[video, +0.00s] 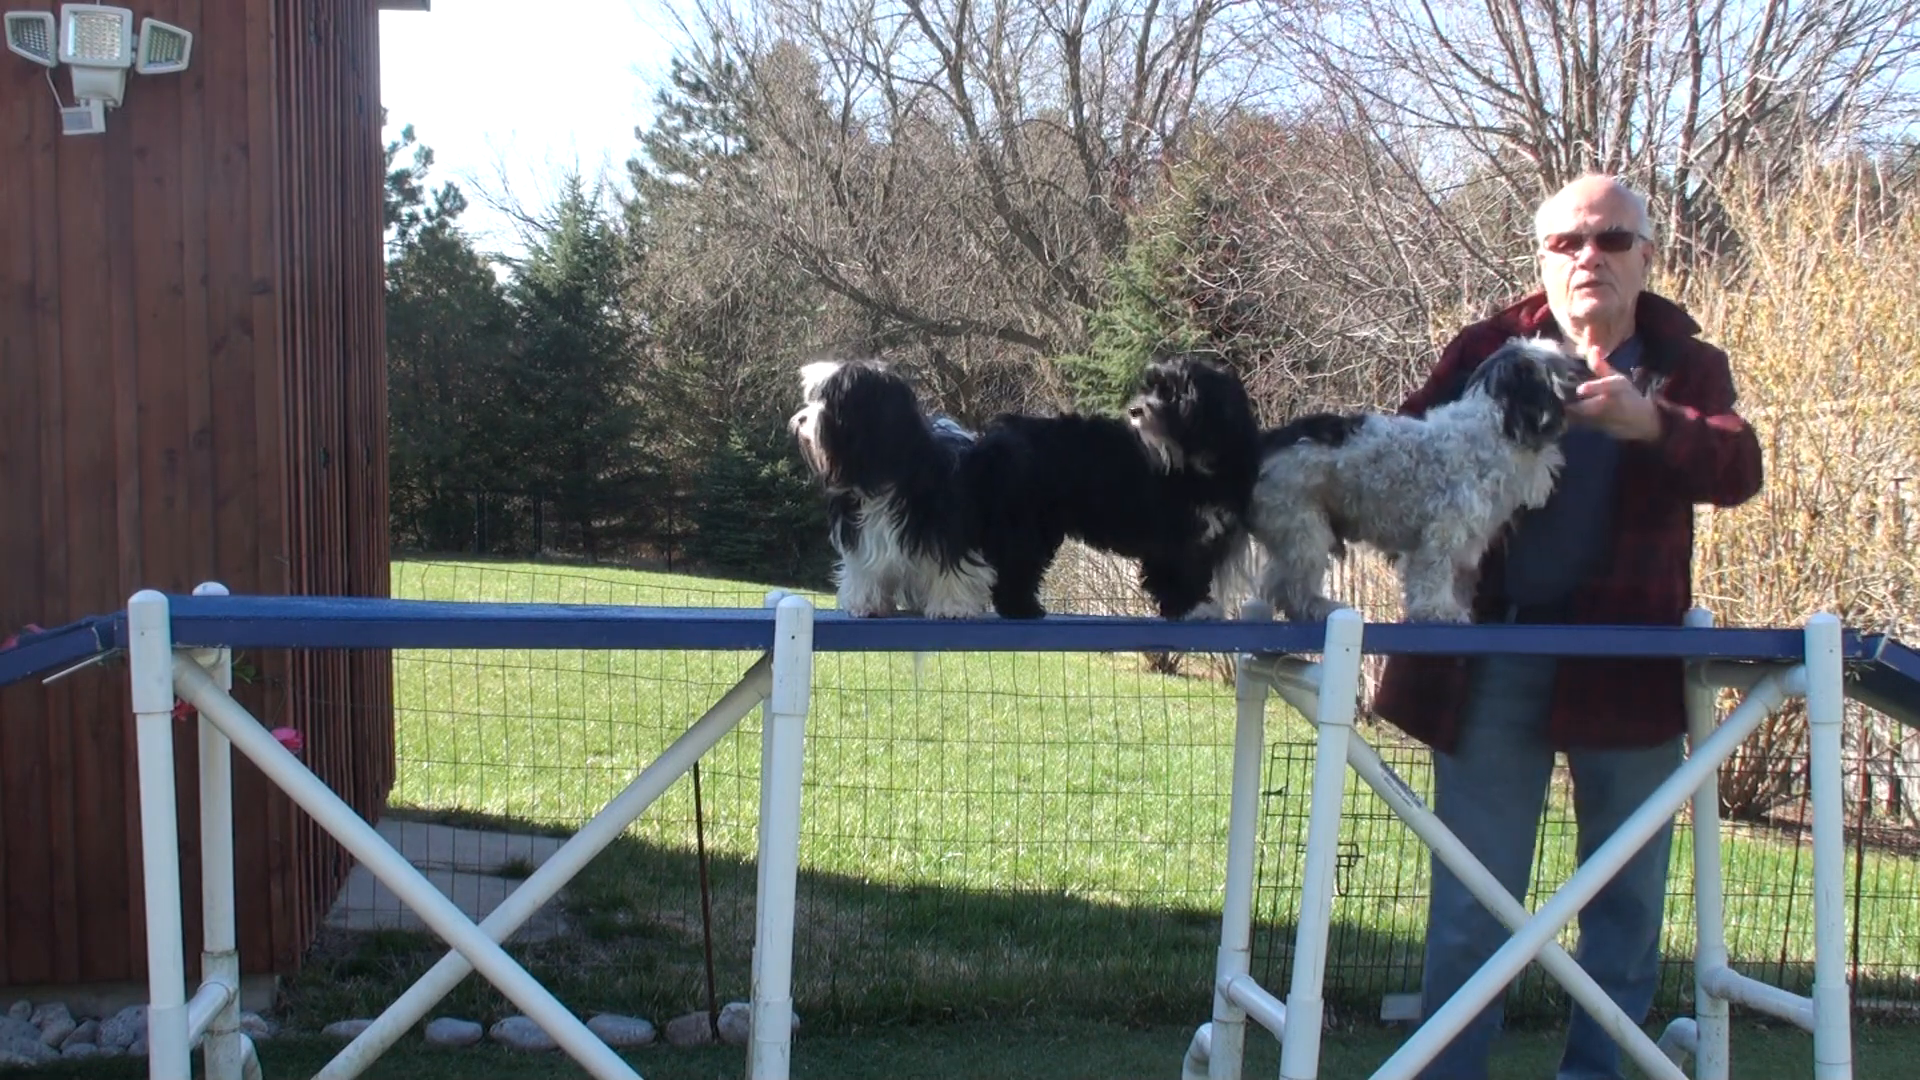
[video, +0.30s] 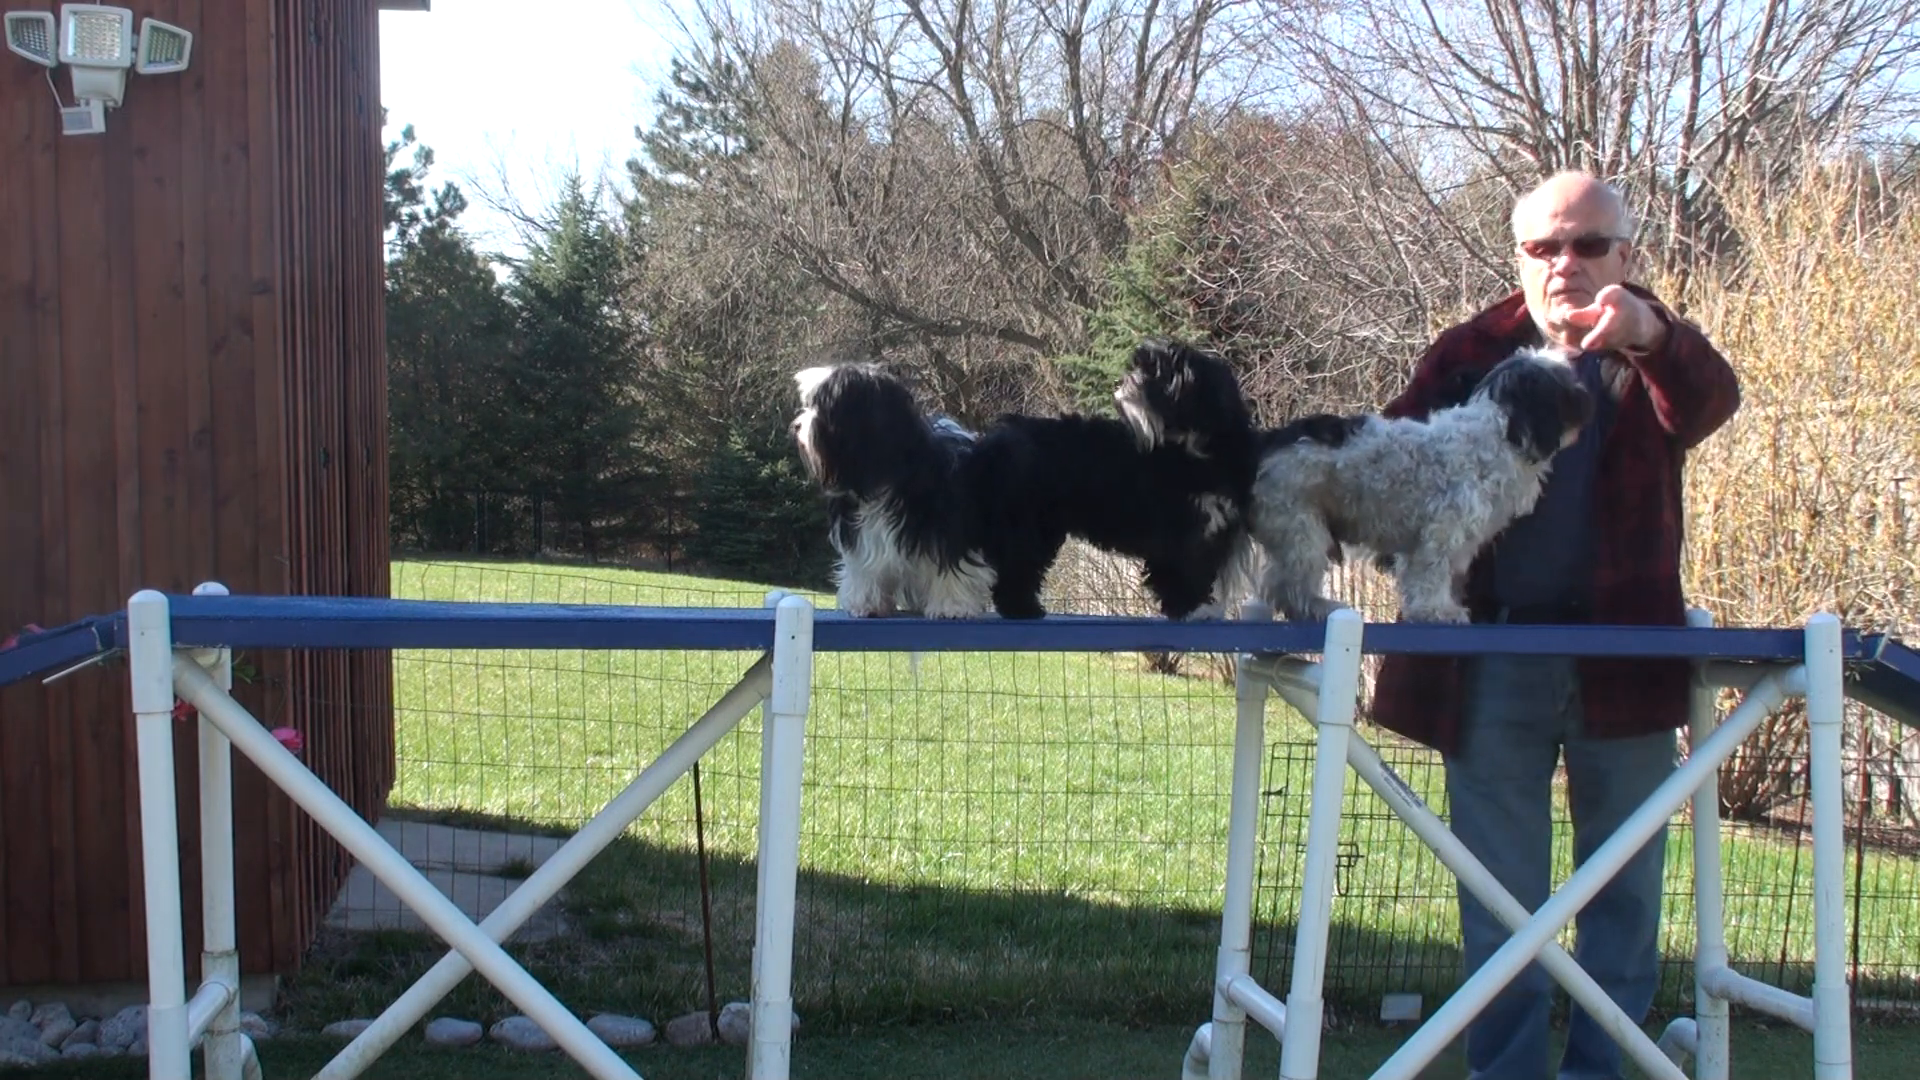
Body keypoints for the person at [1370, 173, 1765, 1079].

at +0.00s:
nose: (1590, 256)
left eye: (1612, 240)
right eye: (1569, 241)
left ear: (1646, 254)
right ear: (1541, 258)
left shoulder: (1682, 355)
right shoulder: (1486, 350)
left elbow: (1741, 473)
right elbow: (1404, 454)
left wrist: (1655, 424)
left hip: (1631, 652)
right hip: (1496, 645)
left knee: (1627, 889)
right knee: (1473, 881)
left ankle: (1599, 1064)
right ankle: (1448, 1063)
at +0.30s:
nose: (1568, 263)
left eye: (1591, 245)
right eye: (1547, 247)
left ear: (1626, 255)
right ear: (1519, 259)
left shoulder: (1657, 352)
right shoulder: (1465, 355)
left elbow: (1708, 402)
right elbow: (1396, 470)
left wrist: (1653, 336)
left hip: (1626, 659)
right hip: (1491, 657)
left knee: (1625, 896)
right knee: (1499, 898)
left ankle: (1601, 1067)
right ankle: (1505, 1065)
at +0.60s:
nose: (1542, 278)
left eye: (1565, 257)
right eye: (1520, 260)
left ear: (1605, 255)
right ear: (1492, 264)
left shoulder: (1637, 354)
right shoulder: (1449, 357)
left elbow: (1700, 393)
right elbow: (1375, 464)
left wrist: (1648, 320)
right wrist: (1368, 533)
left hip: (1621, 660)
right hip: (1482, 660)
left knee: (1634, 890)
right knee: (1492, 898)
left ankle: (1616, 1068)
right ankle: (1502, 1065)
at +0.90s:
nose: (1563, 261)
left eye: (1585, 242)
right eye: (1542, 245)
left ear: (1620, 249)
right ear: (1515, 257)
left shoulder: (1660, 348)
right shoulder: (1464, 356)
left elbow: (1705, 373)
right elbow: (1396, 466)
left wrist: (1662, 308)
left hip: (1636, 658)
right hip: (1498, 658)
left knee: (1646, 888)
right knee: (1500, 893)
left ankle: (1641, 1067)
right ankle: (1500, 1064)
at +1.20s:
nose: (1587, 260)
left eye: (1611, 241)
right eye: (1567, 244)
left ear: (1651, 250)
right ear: (1542, 256)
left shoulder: (1695, 349)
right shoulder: (1490, 350)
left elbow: (1764, 448)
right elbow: (1419, 470)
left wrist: (1624, 368)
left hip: (1643, 659)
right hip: (1504, 657)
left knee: (1650, 900)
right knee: (1497, 897)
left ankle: (1641, 1071)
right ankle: (1499, 1066)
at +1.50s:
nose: (1585, 259)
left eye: (1609, 240)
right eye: (1565, 242)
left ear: (1648, 251)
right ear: (1541, 256)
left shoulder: (1700, 359)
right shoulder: (1488, 350)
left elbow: (1764, 472)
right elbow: (1411, 462)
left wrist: (1624, 430)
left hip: (1637, 663)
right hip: (1499, 660)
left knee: (1645, 904)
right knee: (1492, 899)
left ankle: (1639, 1072)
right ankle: (1497, 1067)